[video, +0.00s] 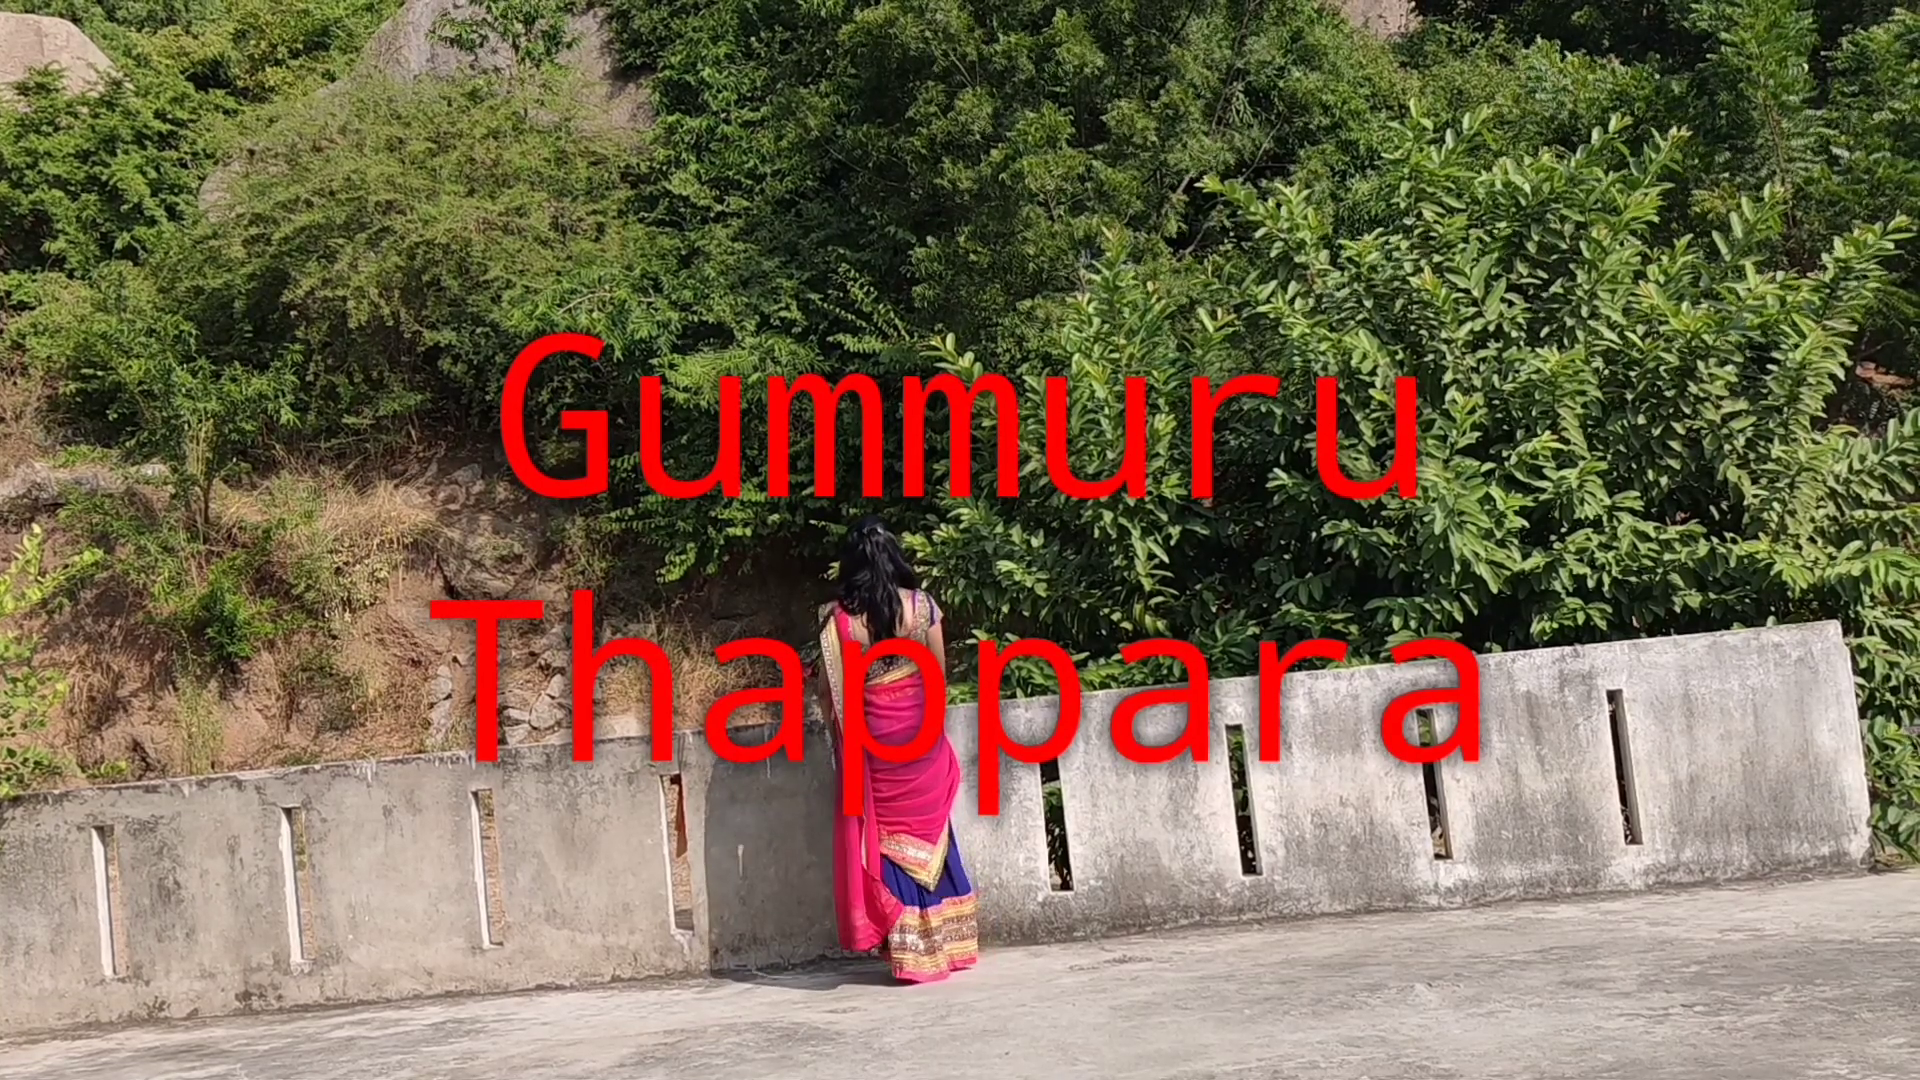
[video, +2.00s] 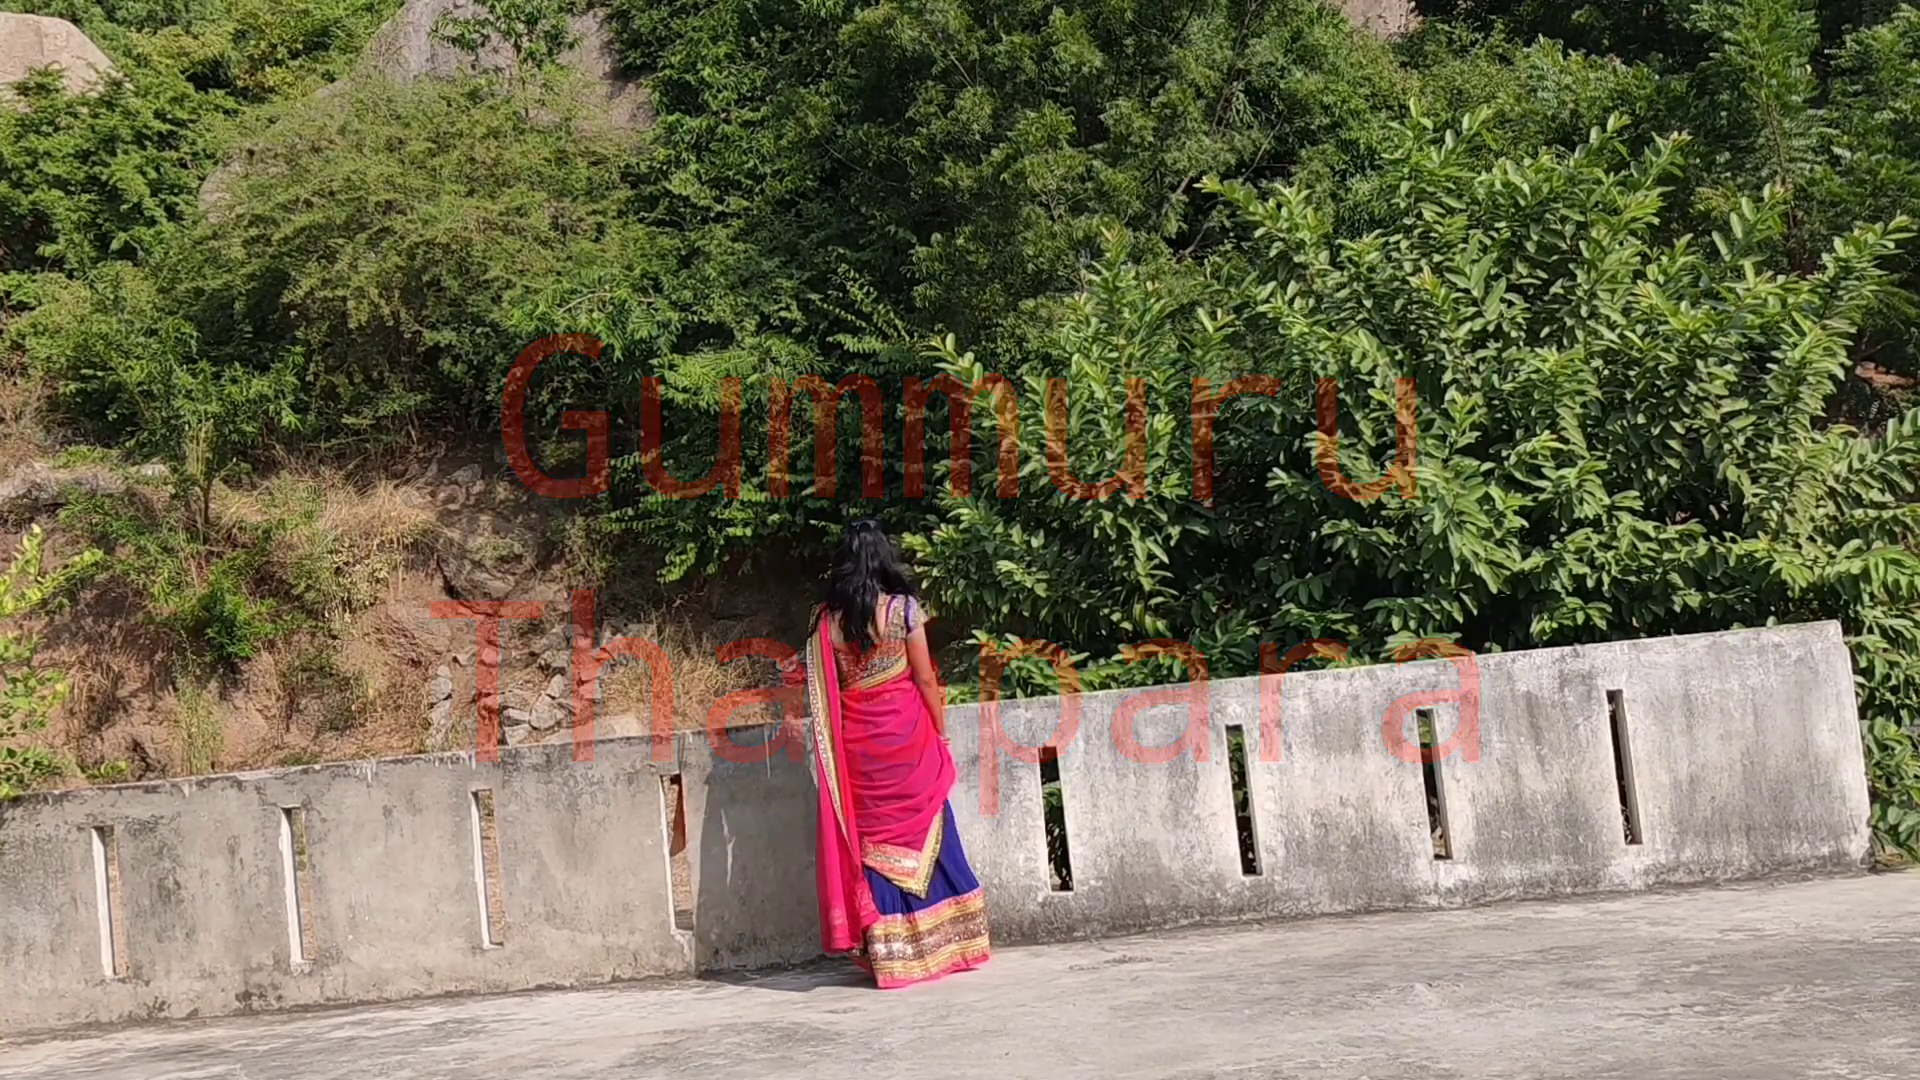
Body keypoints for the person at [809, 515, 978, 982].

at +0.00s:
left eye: (848, 560)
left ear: (849, 564)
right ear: (896, 558)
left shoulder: (838, 620)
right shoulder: (925, 606)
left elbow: (834, 696)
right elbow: (938, 675)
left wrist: (846, 748)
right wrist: (935, 727)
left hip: (873, 734)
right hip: (922, 730)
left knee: (888, 835)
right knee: (931, 828)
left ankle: (909, 950)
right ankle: (946, 942)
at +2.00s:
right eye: (889, 553)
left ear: (842, 562)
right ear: (887, 559)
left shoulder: (826, 618)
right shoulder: (904, 608)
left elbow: (825, 691)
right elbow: (925, 679)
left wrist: (831, 742)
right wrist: (940, 733)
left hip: (854, 737)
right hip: (903, 730)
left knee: (868, 837)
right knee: (920, 830)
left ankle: (883, 949)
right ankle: (937, 943)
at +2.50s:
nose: (846, 555)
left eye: (855, 551)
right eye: (850, 547)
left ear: (875, 563)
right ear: (886, 564)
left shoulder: (849, 600)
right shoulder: (904, 602)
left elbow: (824, 664)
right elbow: (910, 668)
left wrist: (819, 723)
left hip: (881, 729)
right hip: (924, 726)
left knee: (877, 827)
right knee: (915, 827)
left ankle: (891, 947)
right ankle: (934, 941)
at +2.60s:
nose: (853, 553)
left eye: (865, 551)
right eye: (856, 546)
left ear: (884, 568)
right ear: (878, 567)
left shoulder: (869, 597)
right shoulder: (889, 599)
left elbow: (871, 655)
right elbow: (885, 663)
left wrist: (863, 714)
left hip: (905, 729)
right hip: (925, 727)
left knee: (886, 823)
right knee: (912, 829)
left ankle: (898, 948)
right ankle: (915, 944)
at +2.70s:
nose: (863, 552)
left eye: (874, 550)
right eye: (860, 545)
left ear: (888, 566)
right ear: (850, 557)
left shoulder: (890, 597)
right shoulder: (858, 615)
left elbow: (926, 641)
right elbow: (862, 688)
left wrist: (923, 707)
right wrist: (857, 745)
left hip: (907, 735)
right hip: (880, 739)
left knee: (891, 832)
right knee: (900, 833)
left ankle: (896, 951)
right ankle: (921, 939)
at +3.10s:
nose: (892, 554)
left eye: (901, 547)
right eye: (885, 547)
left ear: (915, 555)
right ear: (872, 555)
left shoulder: (935, 601)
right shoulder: (859, 617)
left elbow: (959, 654)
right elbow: (867, 691)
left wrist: (972, 697)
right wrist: (880, 751)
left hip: (956, 728)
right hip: (906, 739)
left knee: (966, 829)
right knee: (934, 837)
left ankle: (980, 944)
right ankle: (970, 945)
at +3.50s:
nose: (932, 568)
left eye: (941, 559)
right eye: (924, 559)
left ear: (956, 562)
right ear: (912, 563)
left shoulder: (971, 609)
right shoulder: (897, 609)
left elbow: (1023, 662)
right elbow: (862, 672)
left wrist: (1023, 624)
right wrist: (903, 715)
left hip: (979, 731)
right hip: (930, 737)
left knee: (986, 836)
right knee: (960, 833)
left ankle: (983, 947)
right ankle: (930, 906)